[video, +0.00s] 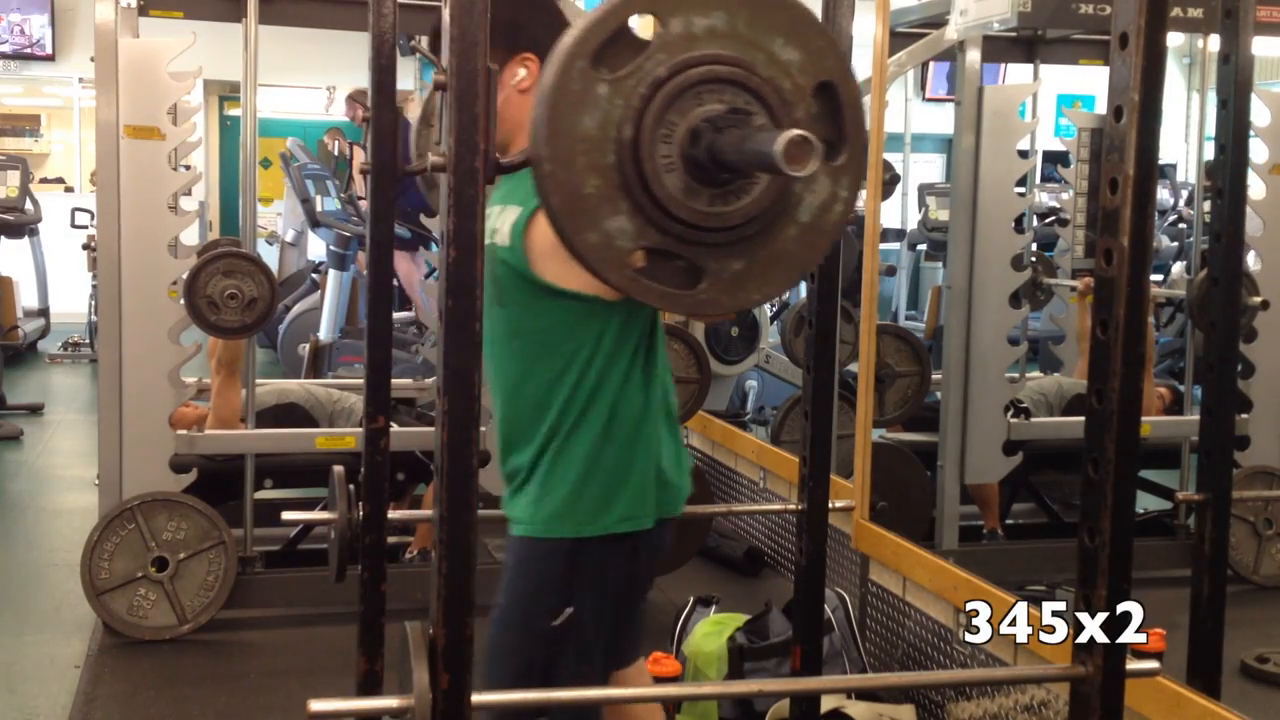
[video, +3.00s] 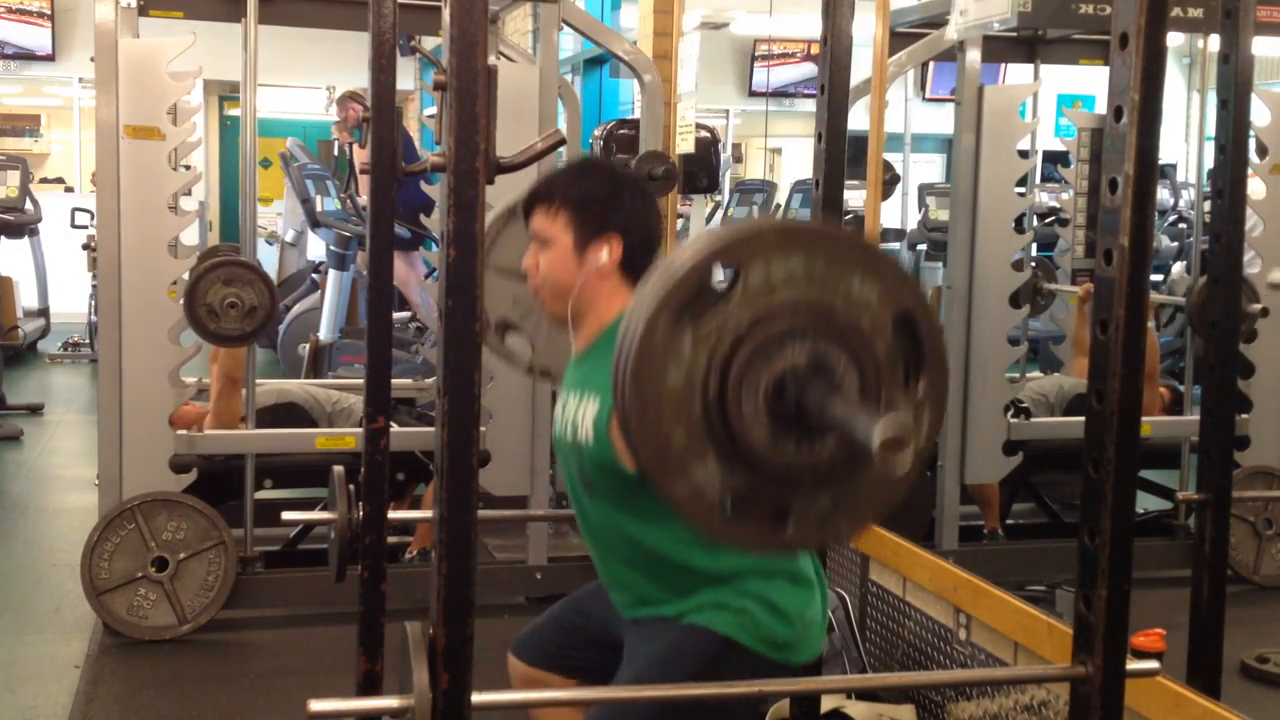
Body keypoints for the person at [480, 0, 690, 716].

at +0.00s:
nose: (472, 103)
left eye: (480, 81)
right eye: (473, 85)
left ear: (527, 74)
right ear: (527, 78)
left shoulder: (538, 201)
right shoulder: (530, 203)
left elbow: (667, 269)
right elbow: (662, 266)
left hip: (584, 505)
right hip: (601, 500)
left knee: (513, 704)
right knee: (619, 671)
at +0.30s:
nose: (491, 98)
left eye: (498, 74)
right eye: (488, 78)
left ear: (554, 69)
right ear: (551, 73)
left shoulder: (612, 188)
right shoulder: (557, 180)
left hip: (638, 497)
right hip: (594, 490)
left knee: (614, 705)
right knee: (619, 697)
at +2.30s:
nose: (526, 65)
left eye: (544, 43)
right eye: (534, 43)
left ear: (606, 65)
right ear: (600, 68)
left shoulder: (648, 196)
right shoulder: (590, 178)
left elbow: (788, 287)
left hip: (673, 518)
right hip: (618, 510)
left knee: (678, 711)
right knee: (632, 704)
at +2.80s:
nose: (535, 168)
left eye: (550, 145)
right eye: (537, 148)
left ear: (616, 153)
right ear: (608, 155)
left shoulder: (649, 270)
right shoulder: (590, 262)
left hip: (720, 551)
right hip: (643, 531)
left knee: (624, 711)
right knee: (557, 654)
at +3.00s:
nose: (526, 263)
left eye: (542, 244)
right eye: (530, 244)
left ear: (602, 254)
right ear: (601, 256)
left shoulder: (651, 359)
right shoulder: (589, 351)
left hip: (737, 607)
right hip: (651, 584)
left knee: (617, 709)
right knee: (534, 666)